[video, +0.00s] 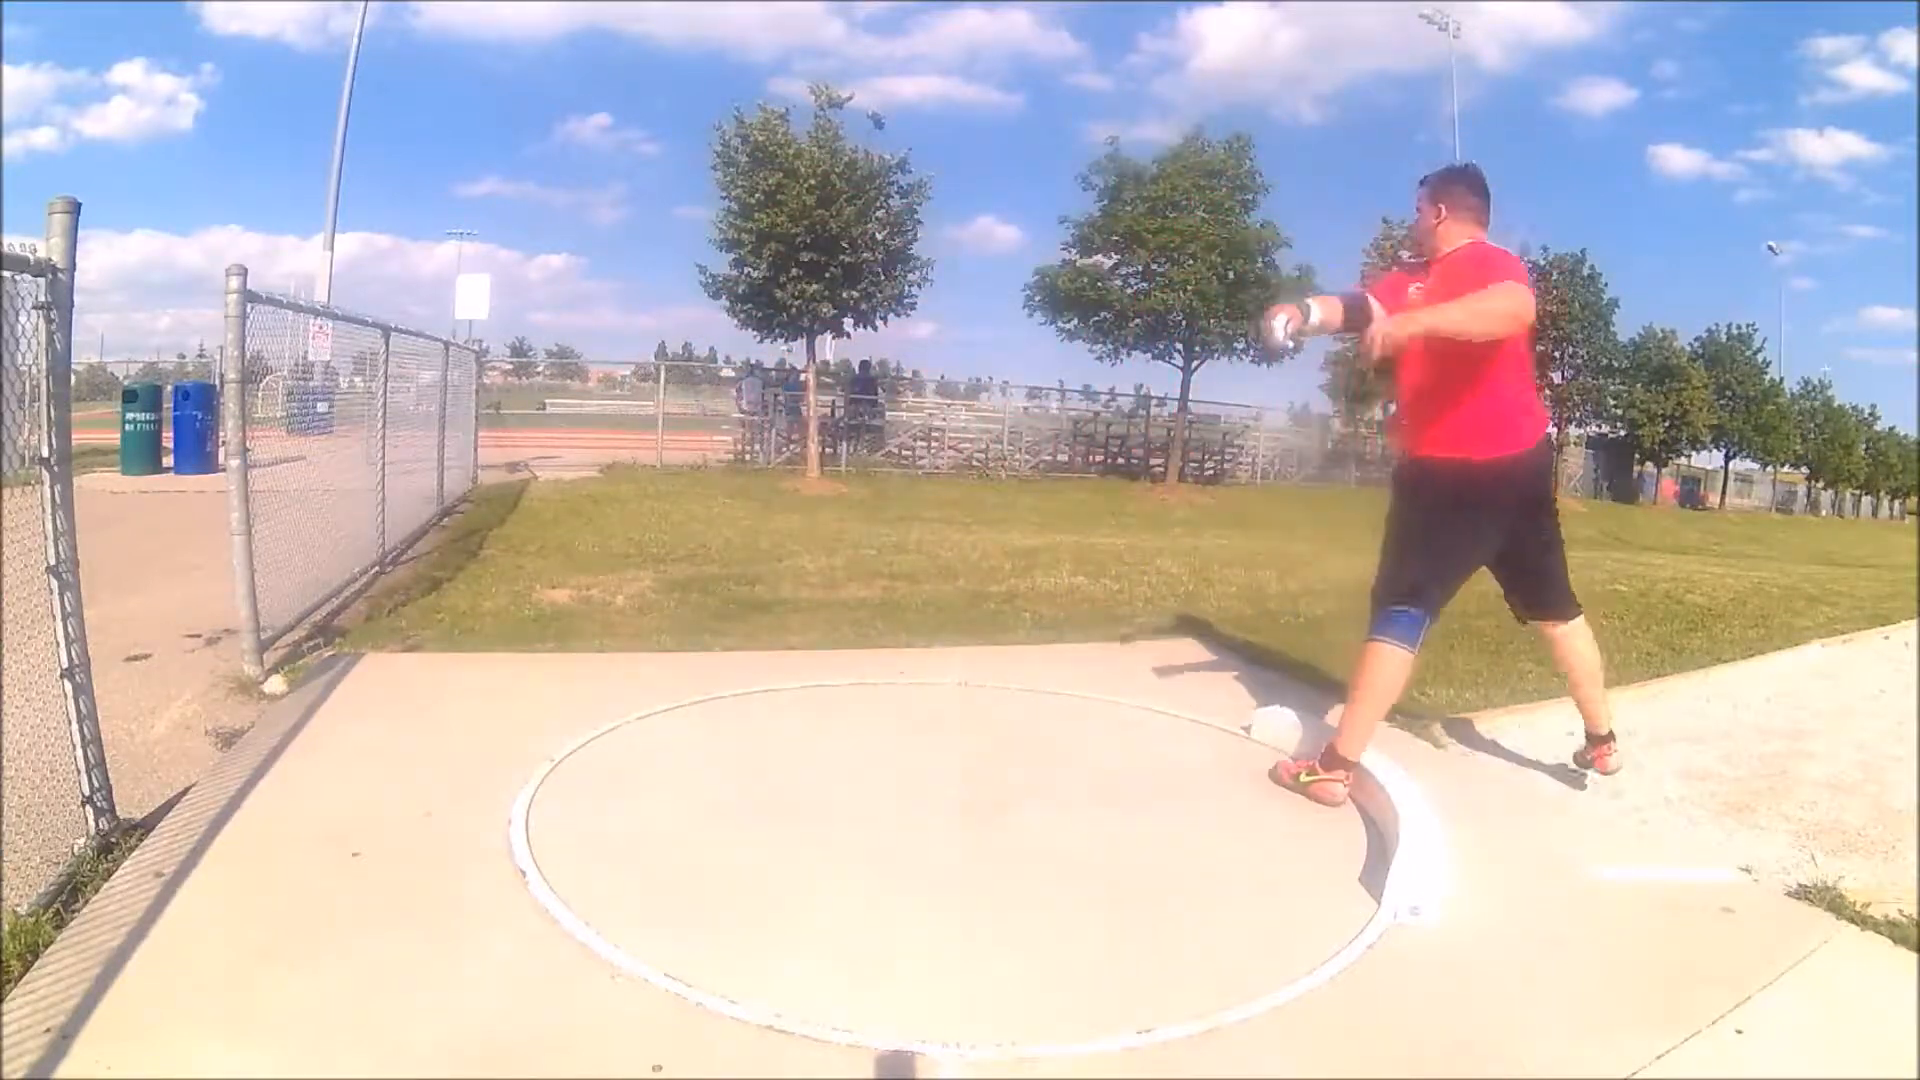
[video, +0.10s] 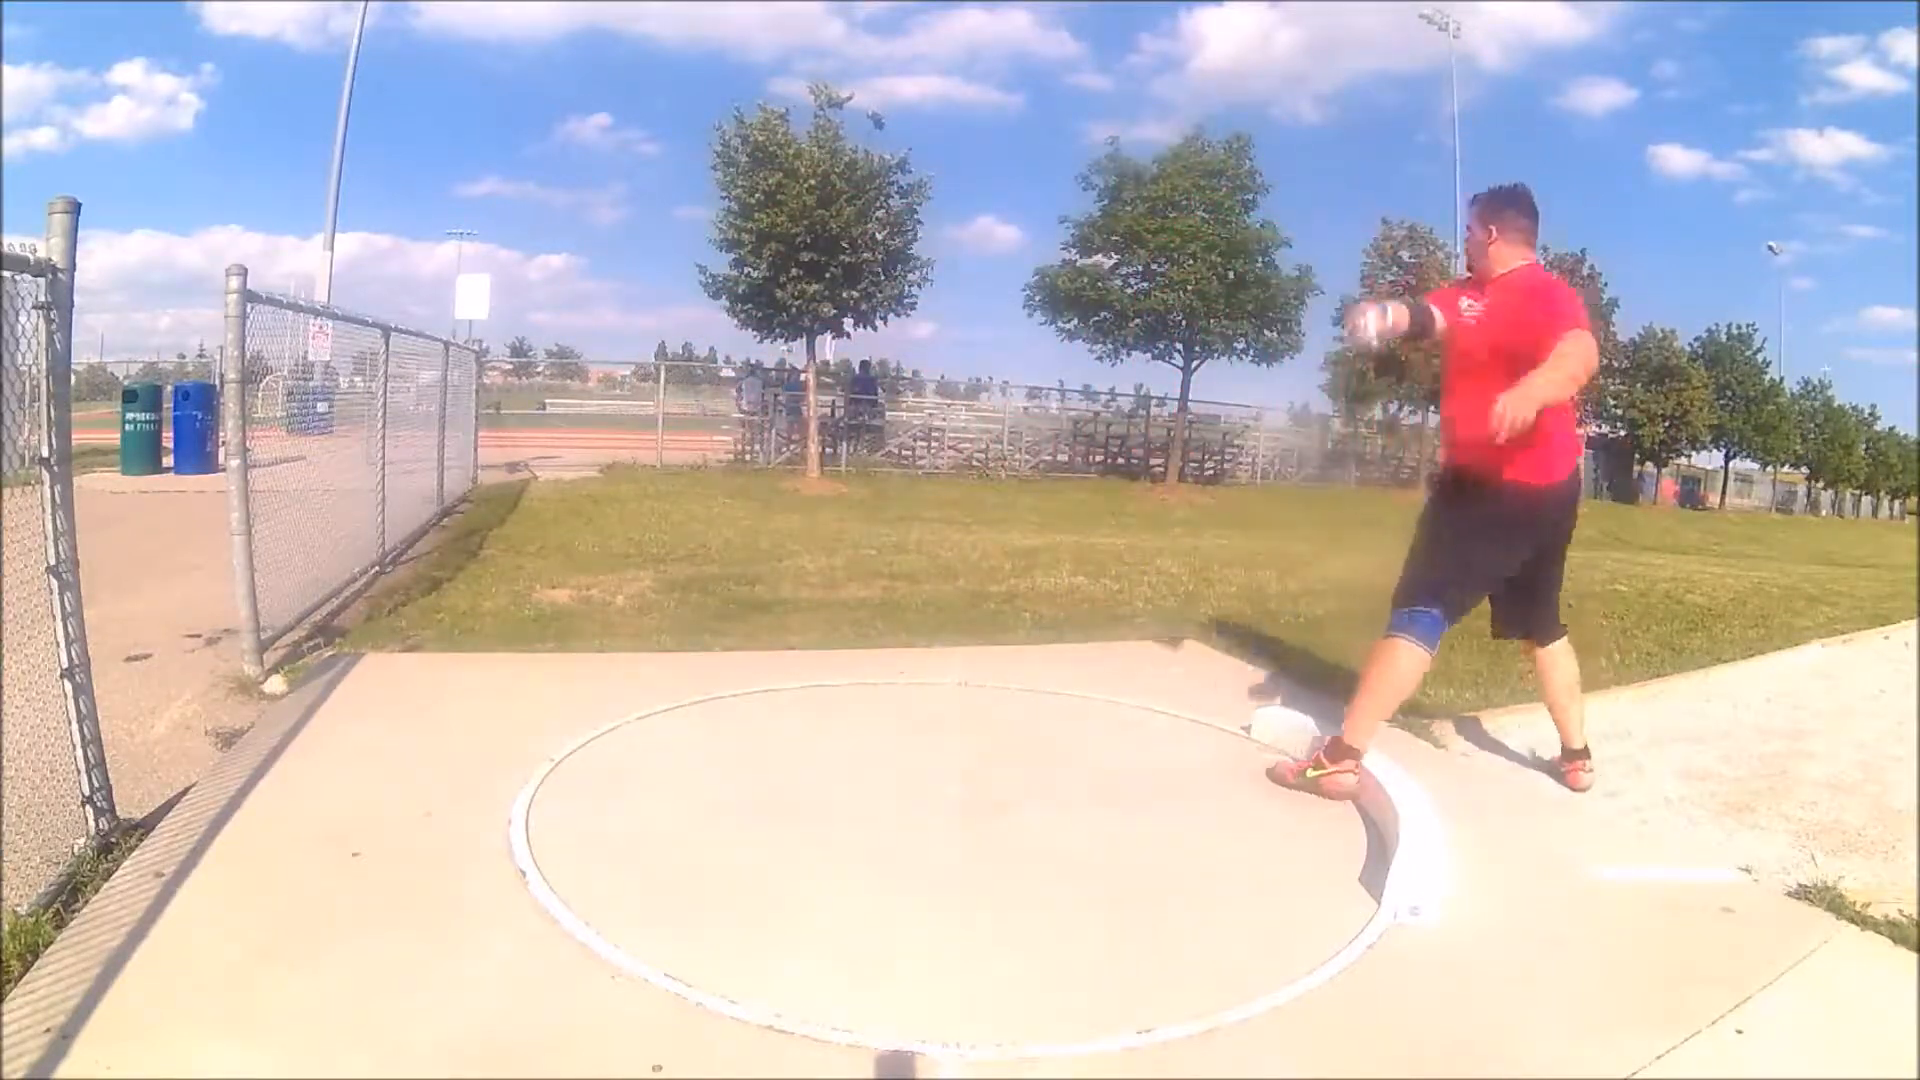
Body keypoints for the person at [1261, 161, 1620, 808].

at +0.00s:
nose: (1413, 223)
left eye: (1419, 212)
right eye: (1417, 213)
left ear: (1440, 211)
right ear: (1475, 214)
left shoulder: (1489, 260)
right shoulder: (1412, 280)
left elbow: (1518, 308)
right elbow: (1355, 307)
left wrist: (1415, 323)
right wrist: (1306, 312)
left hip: (1447, 472)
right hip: (1522, 468)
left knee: (1401, 614)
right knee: (1555, 605)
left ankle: (1337, 766)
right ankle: (1604, 740)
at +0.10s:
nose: (1465, 243)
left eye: (1470, 233)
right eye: (1467, 234)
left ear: (1490, 232)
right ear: (1524, 234)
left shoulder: (1550, 293)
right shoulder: (1465, 294)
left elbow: (1579, 353)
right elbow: (1423, 316)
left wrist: (1533, 391)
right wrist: (1386, 318)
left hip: (1486, 485)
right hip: (1550, 491)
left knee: (1419, 614)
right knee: (1542, 621)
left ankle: (1342, 757)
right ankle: (1577, 756)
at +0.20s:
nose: (1509, 246)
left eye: (1512, 234)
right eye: (1510, 236)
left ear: (1529, 231)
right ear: (1565, 235)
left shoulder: (1582, 294)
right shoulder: (1510, 292)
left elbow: (1611, 377)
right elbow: (1467, 315)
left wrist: (1581, 461)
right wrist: (1440, 332)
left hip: (1503, 472)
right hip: (1564, 488)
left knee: (1424, 591)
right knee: (1550, 618)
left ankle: (1351, 715)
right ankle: (1577, 754)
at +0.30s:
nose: (1539, 238)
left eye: (1542, 228)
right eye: (1544, 229)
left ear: (1553, 225)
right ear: (1597, 229)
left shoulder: (1591, 282)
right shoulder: (1549, 286)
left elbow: (1611, 375)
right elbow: (1492, 319)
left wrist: (1582, 475)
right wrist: (1452, 340)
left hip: (1524, 458)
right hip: (1586, 472)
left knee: (1434, 555)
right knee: (1565, 611)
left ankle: (1373, 682)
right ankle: (1580, 755)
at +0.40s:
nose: (1564, 235)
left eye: (1564, 226)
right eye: (1573, 227)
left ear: (1569, 222)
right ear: (1618, 227)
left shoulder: (1588, 269)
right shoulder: (1601, 276)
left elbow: (1593, 357)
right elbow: (1523, 329)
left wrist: (1548, 458)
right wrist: (1462, 352)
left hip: (1542, 444)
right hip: (1611, 461)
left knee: (1443, 530)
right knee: (1581, 606)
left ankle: (1395, 647)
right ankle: (1583, 754)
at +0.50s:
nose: (1582, 239)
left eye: (1580, 229)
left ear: (1583, 226)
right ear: (1633, 232)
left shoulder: (1583, 269)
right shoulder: (1642, 288)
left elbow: (1563, 349)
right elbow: (1576, 362)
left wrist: (1500, 435)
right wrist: (1490, 374)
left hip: (1560, 449)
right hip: (1626, 466)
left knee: (1453, 508)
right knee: (1593, 608)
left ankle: (1416, 628)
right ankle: (1583, 757)